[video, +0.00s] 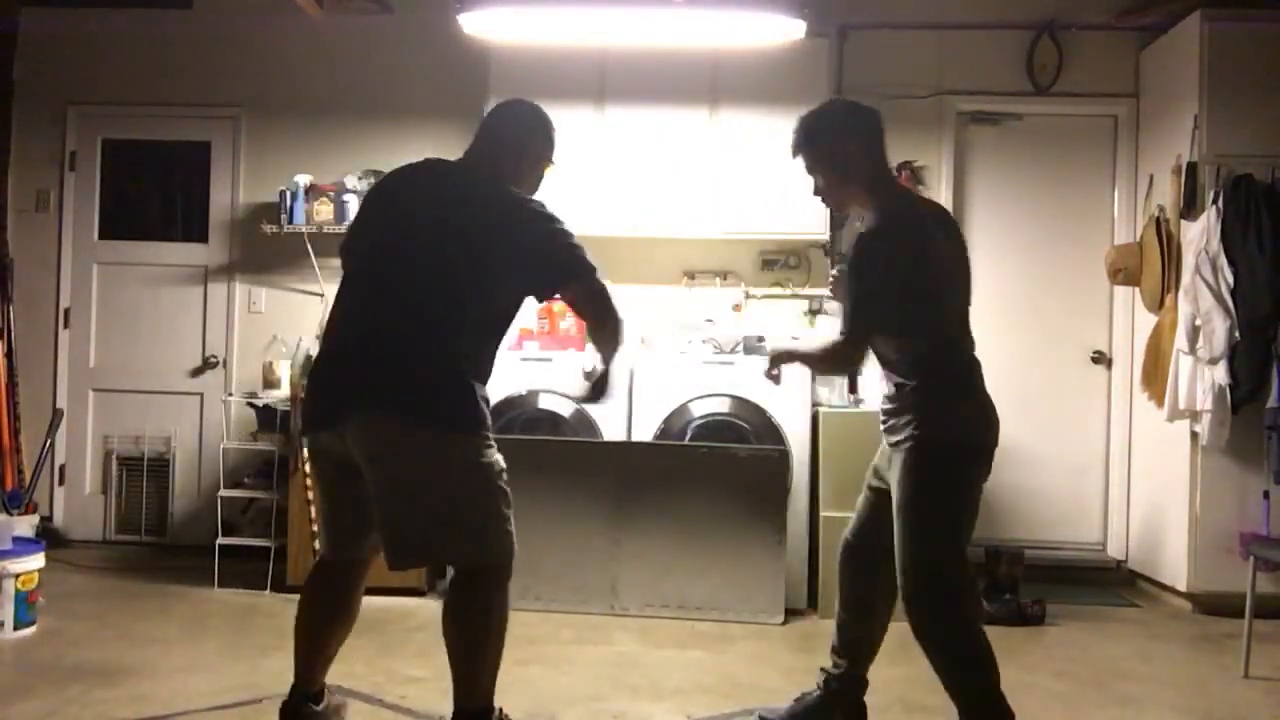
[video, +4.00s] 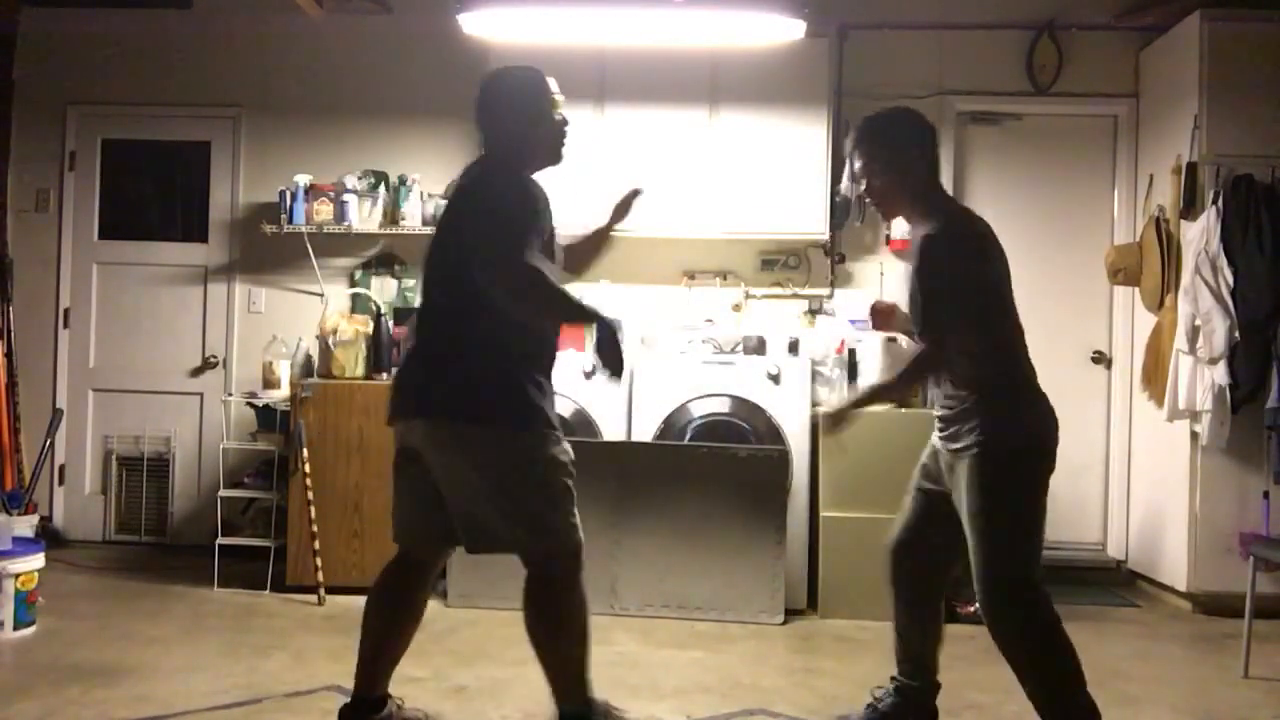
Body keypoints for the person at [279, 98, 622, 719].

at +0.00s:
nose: (540, 178)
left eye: (544, 167)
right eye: (542, 166)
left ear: (478, 139)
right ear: (529, 157)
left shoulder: (396, 183)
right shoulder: (525, 220)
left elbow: (352, 264)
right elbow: (602, 314)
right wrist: (603, 367)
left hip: (333, 393)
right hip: (430, 404)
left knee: (345, 550)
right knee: (484, 557)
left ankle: (305, 694)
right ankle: (474, 711)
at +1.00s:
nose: (498, 148)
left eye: (499, 134)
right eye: (492, 133)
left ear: (430, 126)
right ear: (462, 128)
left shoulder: (382, 187)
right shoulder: (459, 192)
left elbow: (433, 252)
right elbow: (517, 273)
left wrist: (500, 224)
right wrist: (581, 277)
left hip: (354, 401)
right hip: (433, 404)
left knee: (348, 555)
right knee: (494, 555)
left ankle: (302, 699)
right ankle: (527, 705)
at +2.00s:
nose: (467, 128)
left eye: (466, 117)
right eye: (456, 114)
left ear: (393, 121)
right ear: (419, 118)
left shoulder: (362, 190)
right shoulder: (424, 183)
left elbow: (377, 312)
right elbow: (486, 257)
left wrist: (458, 335)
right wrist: (534, 213)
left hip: (337, 395)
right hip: (406, 398)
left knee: (349, 553)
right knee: (447, 544)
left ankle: (306, 700)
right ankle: (342, 687)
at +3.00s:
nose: (516, 150)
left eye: (509, 138)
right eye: (503, 139)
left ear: (456, 153)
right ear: (469, 149)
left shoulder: (419, 212)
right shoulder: (457, 213)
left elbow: (496, 299)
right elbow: (456, 318)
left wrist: (549, 241)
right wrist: (528, 384)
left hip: (351, 413)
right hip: (418, 414)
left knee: (370, 564)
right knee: (494, 558)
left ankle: (301, 697)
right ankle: (540, 705)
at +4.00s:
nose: (567, 117)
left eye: (562, 106)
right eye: (554, 106)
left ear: (505, 123)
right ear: (518, 119)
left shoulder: (477, 187)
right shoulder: (512, 187)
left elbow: (559, 264)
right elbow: (505, 270)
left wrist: (610, 227)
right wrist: (595, 321)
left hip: (428, 401)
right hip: (496, 405)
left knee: (417, 556)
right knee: (555, 555)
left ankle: (367, 701)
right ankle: (576, 706)